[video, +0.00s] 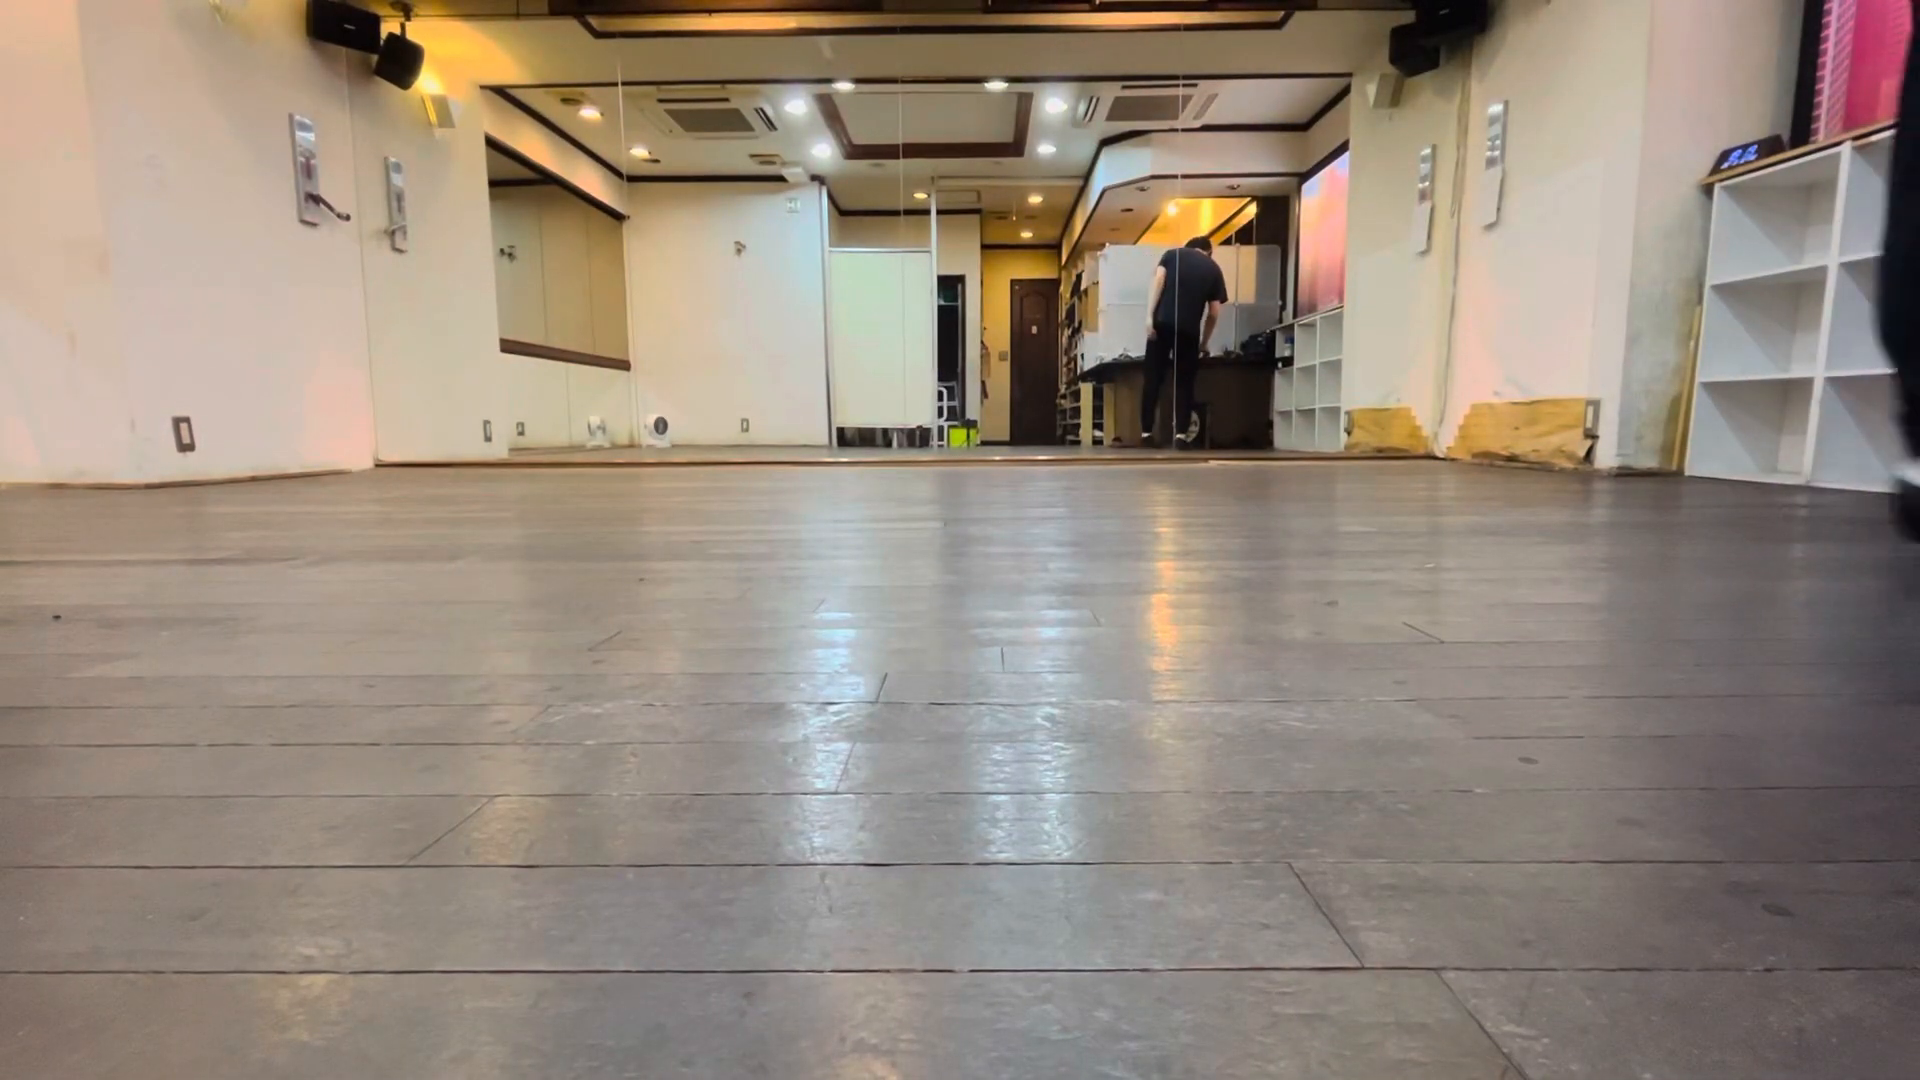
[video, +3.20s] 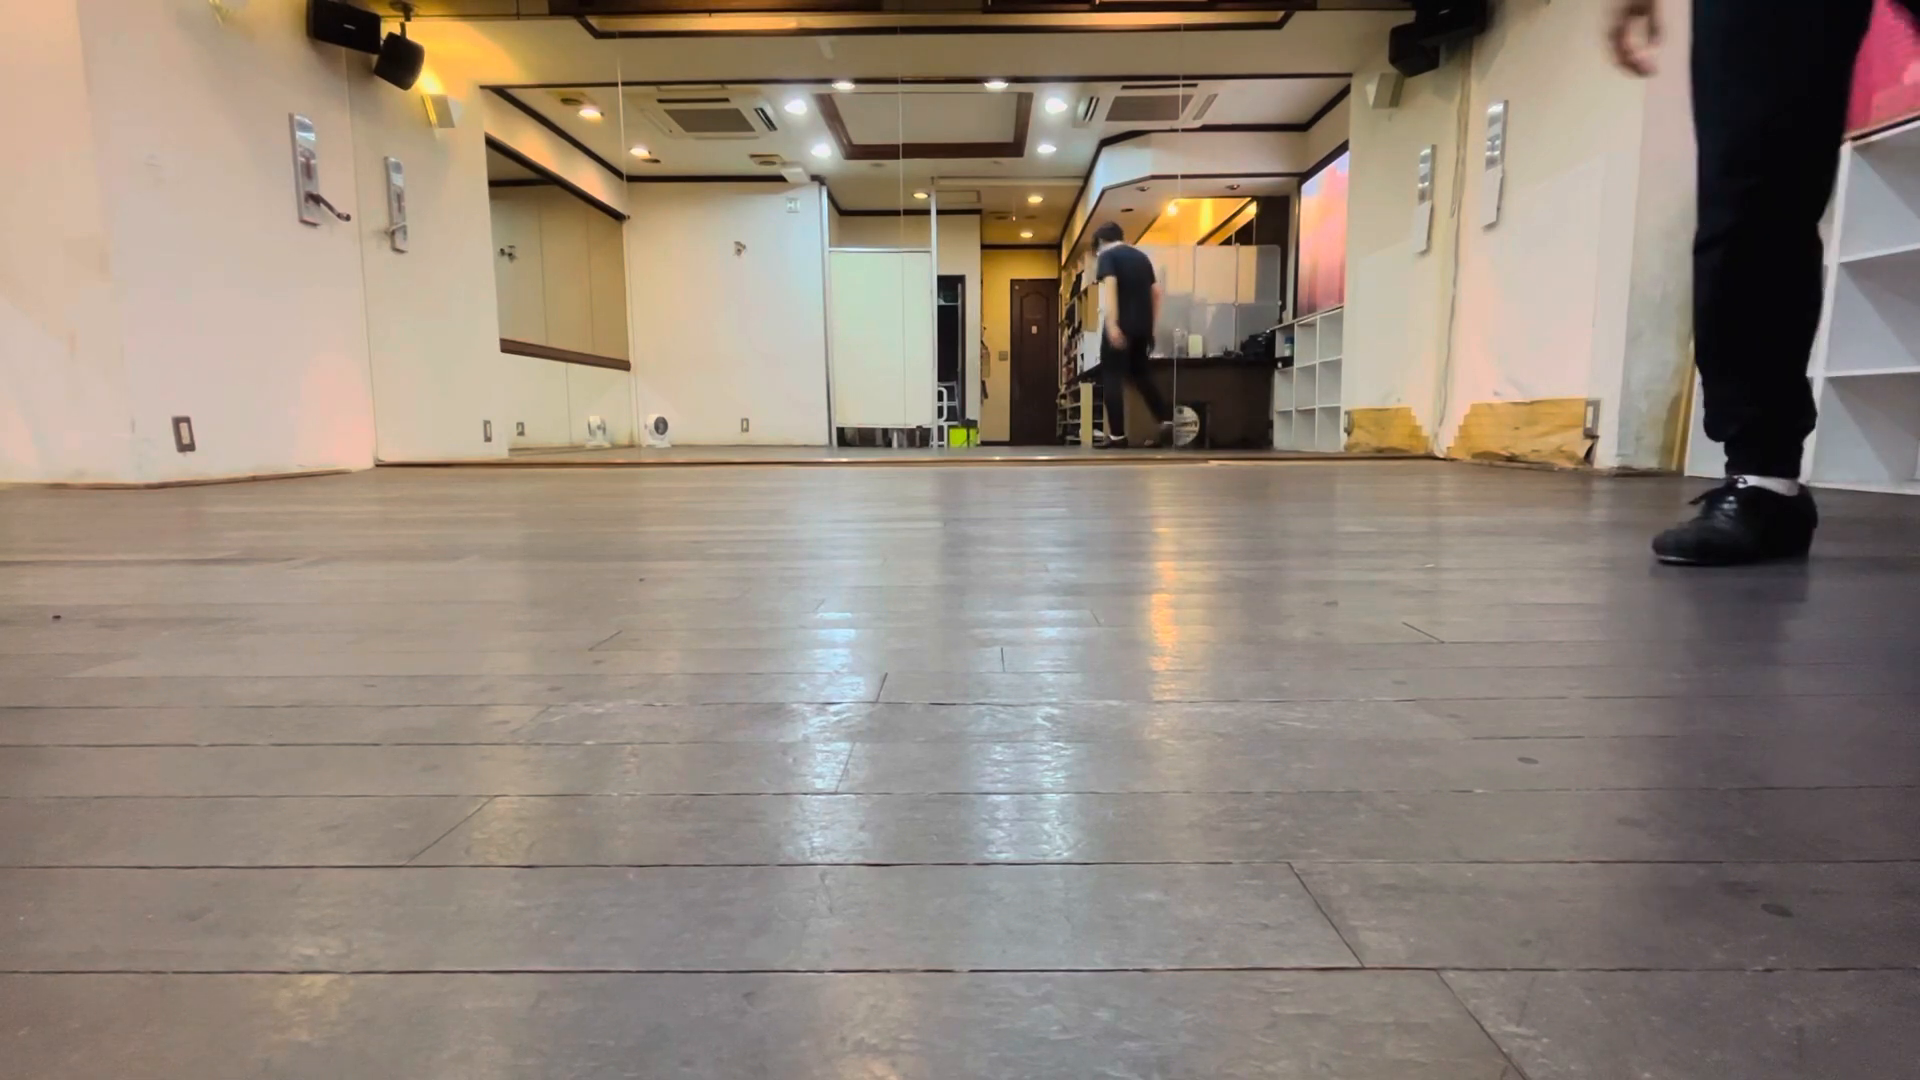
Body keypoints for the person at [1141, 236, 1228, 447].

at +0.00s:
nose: (1210, 257)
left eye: (1209, 255)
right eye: (1211, 255)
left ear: (1188, 246)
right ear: (1208, 252)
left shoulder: (1172, 254)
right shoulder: (1213, 269)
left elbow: (1159, 280)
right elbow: (1213, 313)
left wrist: (1150, 317)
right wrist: (1205, 343)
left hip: (1162, 325)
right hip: (1189, 331)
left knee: (1152, 377)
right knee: (1185, 381)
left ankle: (1146, 430)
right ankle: (1181, 433)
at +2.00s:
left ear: (1181, 239)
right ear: (1201, 244)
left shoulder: (1171, 247)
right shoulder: (1210, 263)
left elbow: (1160, 278)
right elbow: (1214, 311)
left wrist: (1149, 314)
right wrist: (1205, 342)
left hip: (1159, 324)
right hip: (1184, 328)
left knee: (1147, 373)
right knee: (1182, 377)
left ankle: (1145, 429)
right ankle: (1182, 433)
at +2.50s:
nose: (1166, 244)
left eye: (1167, 241)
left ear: (1169, 240)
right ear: (1189, 242)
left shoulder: (1163, 249)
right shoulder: (1200, 261)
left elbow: (1154, 280)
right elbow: (1207, 307)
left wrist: (1144, 318)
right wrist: (1203, 340)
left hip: (1155, 327)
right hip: (1180, 330)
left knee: (1142, 373)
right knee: (1179, 378)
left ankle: (1144, 428)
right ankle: (1182, 432)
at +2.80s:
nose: (1143, 249)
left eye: (1143, 246)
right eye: (1143, 246)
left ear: (1147, 242)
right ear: (1165, 241)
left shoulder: (1150, 251)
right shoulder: (1184, 259)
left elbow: (1154, 279)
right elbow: (1195, 299)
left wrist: (1161, 315)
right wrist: (1188, 326)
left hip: (1149, 326)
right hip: (1177, 328)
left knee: (1136, 377)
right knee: (1177, 379)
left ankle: (1123, 431)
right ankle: (1182, 433)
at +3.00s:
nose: (1119, 251)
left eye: (1119, 247)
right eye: (1119, 247)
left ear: (1123, 243)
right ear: (1141, 240)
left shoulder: (1129, 255)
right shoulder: (1160, 256)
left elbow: (1139, 280)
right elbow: (1173, 292)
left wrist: (1151, 313)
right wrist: (1169, 319)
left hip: (1136, 327)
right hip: (1161, 328)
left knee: (1123, 376)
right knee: (1167, 378)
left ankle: (1117, 433)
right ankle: (1182, 429)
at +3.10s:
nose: (1108, 249)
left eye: (1107, 245)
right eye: (1107, 246)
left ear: (1110, 243)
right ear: (1130, 239)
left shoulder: (1116, 255)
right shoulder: (1149, 256)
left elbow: (1125, 282)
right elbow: (1164, 293)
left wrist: (1135, 317)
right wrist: (1160, 322)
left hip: (1127, 325)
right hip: (1152, 325)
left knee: (1115, 374)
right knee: (1156, 374)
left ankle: (1117, 434)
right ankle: (1172, 429)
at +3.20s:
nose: (1099, 249)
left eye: (1098, 245)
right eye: (1098, 246)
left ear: (1102, 242)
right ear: (1121, 238)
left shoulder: (1107, 256)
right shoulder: (1140, 257)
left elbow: (1110, 287)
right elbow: (1155, 292)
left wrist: (1111, 324)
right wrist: (1152, 327)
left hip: (1119, 326)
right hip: (1142, 326)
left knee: (1110, 376)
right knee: (1139, 372)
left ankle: (1116, 434)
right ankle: (1165, 420)